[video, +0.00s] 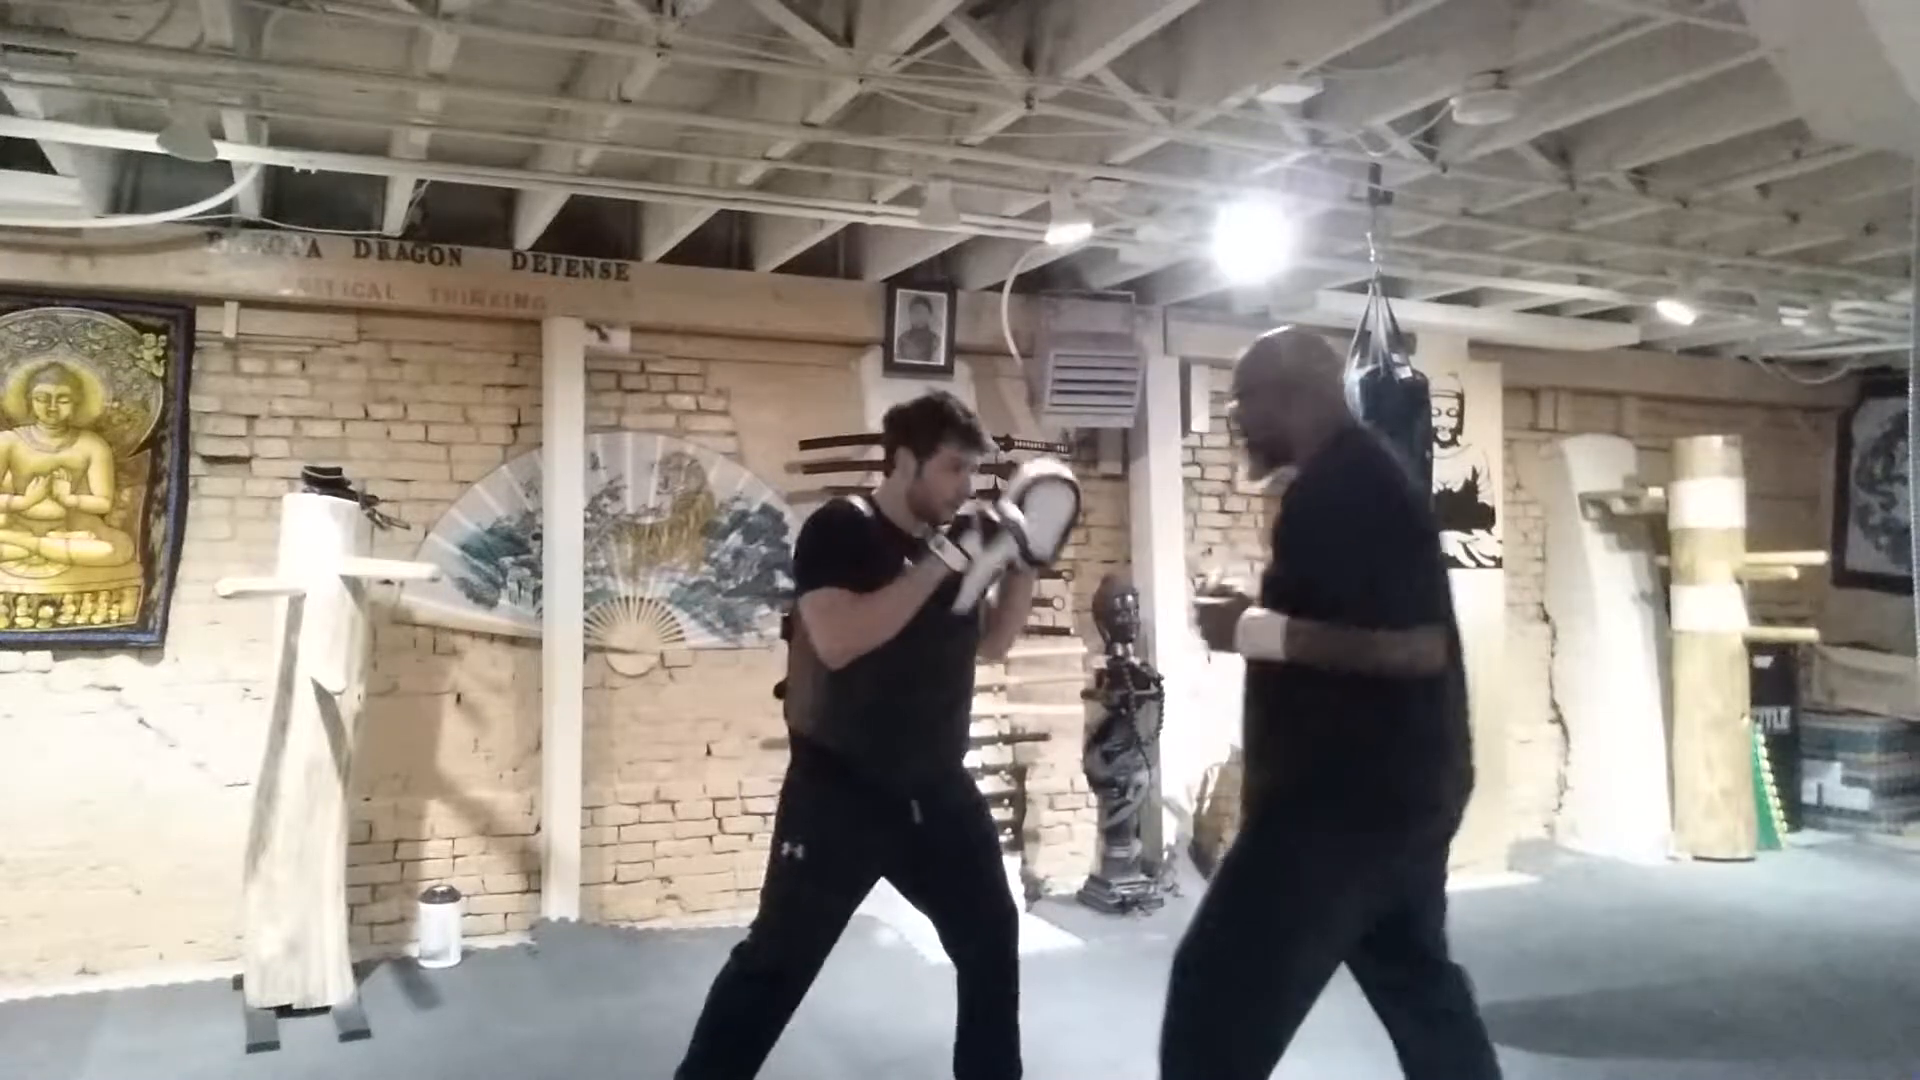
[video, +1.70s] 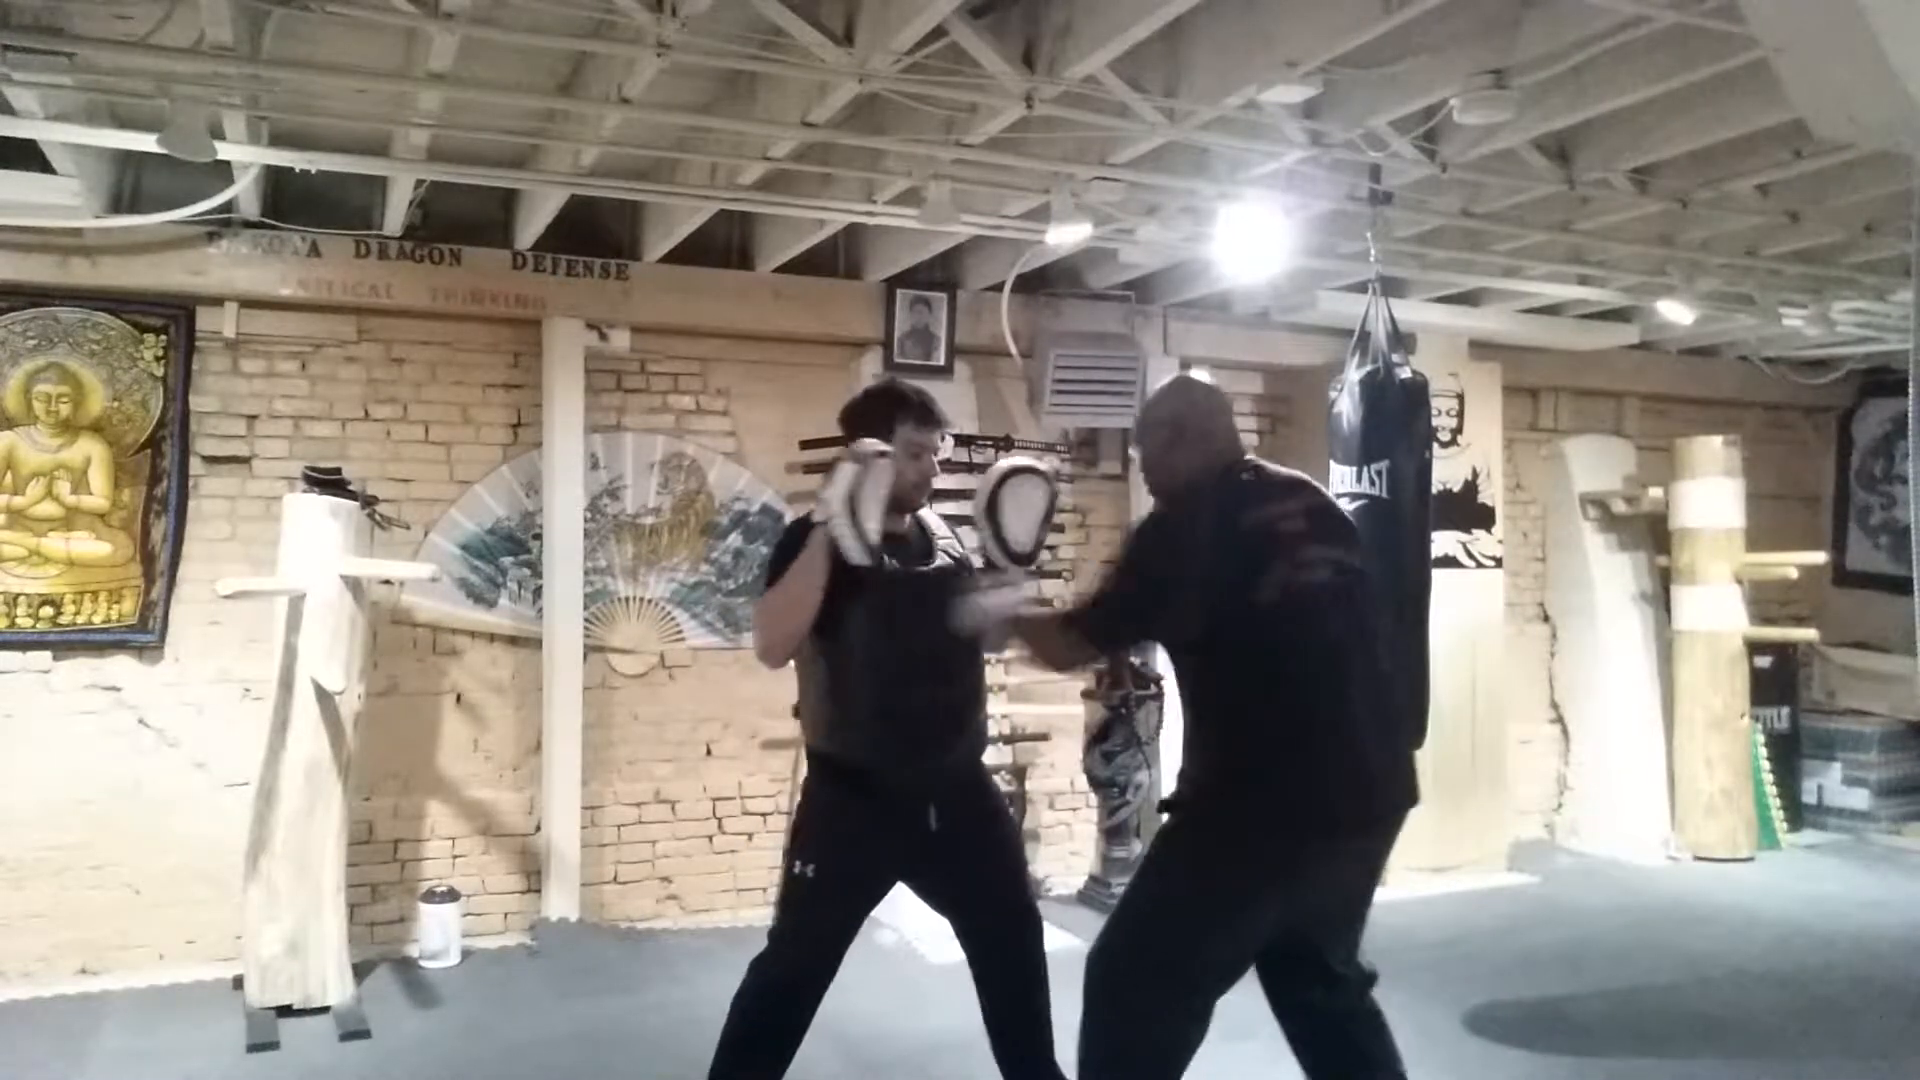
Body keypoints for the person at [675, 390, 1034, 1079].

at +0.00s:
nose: (969, 487)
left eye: (973, 473)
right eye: (958, 469)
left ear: (966, 472)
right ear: (905, 461)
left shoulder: (950, 546)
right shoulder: (836, 528)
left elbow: (992, 643)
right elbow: (835, 640)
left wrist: (1024, 557)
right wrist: (942, 563)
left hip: (936, 790)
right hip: (837, 791)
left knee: (991, 949)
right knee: (776, 964)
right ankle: (702, 1079)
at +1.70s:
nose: (935, 467)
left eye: (937, 452)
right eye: (920, 452)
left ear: (924, 458)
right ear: (869, 455)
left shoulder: (944, 537)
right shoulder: (813, 541)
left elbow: (992, 629)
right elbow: (772, 644)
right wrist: (827, 533)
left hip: (955, 794)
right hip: (851, 800)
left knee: (1014, 947)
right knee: (794, 970)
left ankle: (1036, 1076)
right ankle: (733, 1079)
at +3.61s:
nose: (942, 470)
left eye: (955, 457)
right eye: (936, 451)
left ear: (957, 461)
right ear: (888, 441)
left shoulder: (946, 532)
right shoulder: (822, 515)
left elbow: (1000, 611)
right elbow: (807, 617)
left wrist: (1010, 514)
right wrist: (903, 521)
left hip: (940, 783)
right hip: (837, 783)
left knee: (1003, 941)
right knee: (775, 966)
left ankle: (1014, 1078)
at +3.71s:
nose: (970, 486)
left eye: (977, 470)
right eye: (957, 466)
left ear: (978, 475)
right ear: (904, 456)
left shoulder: (961, 543)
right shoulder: (836, 530)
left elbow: (1023, 613)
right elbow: (813, 637)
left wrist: (1020, 519)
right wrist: (916, 558)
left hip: (949, 798)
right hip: (845, 798)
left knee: (1015, 949)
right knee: (779, 974)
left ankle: (1014, 1076)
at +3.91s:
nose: (967, 487)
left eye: (970, 471)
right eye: (957, 469)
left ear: (914, 466)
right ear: (904, 462)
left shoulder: (944, 550)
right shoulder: (830, 532)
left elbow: (961, 651)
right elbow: (820, 650)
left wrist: (1015, 598)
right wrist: (940, 578)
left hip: (940, 800)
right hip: (839, 802)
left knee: (1002, 963)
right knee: (773, 977)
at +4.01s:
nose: (935, 484)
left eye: (939, 467)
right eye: (926, 465)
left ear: (889, 464)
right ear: (874, 459)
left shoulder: (909, 553)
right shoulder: (800, 535)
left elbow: (930, 632)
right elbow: (802, 648)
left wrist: (997, 598)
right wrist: (915, 586)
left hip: (913, 803)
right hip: (813, 805)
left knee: (978, 966)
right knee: (753, 981)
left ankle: (1007, 1079)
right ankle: (687, 1079)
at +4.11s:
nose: (910, 476)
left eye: (912, 460)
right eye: (901, 458)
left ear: (863, 455)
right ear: (847, 453)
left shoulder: (893, 545)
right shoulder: (774, 532)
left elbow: (951, 620)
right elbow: (774, 650)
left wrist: (987, 594)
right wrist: (893, 592)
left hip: (888, 804)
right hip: (787, 806)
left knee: (951, 976)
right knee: (735, 990)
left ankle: (997, 1079)